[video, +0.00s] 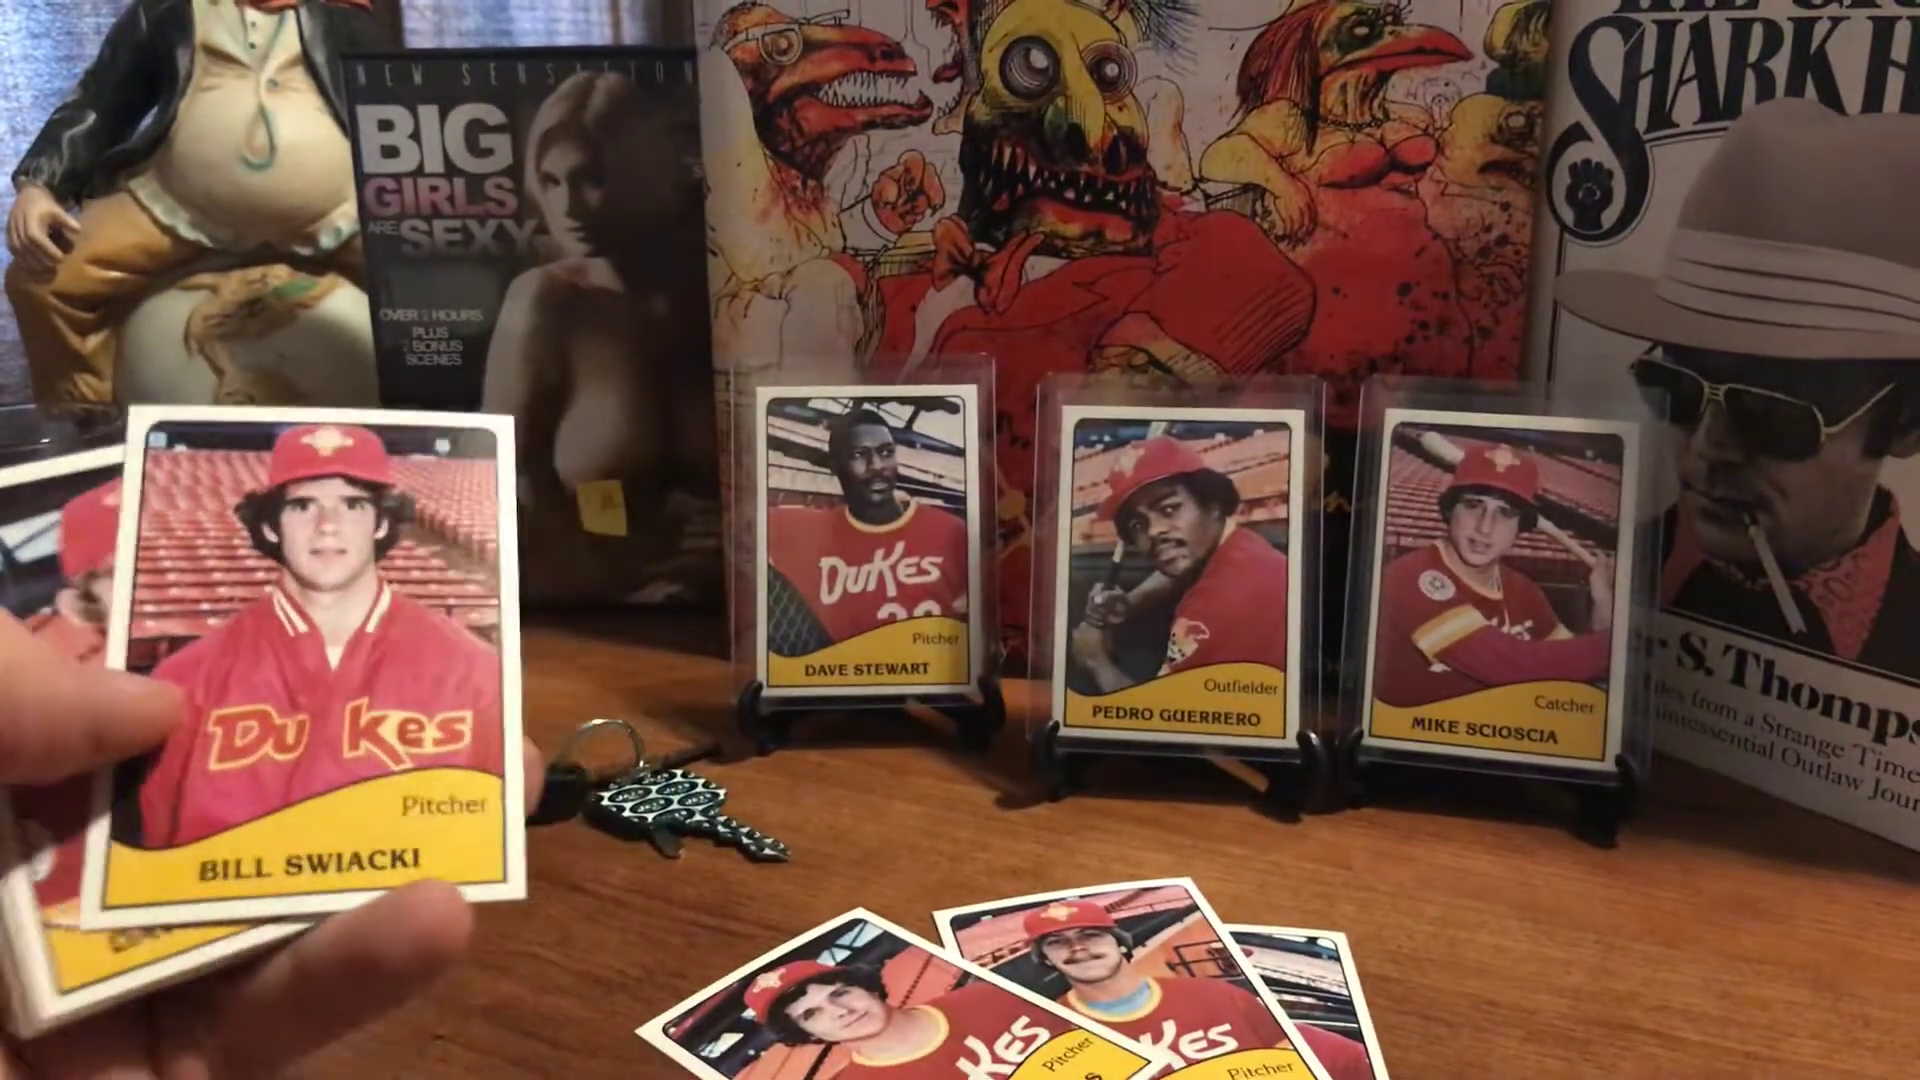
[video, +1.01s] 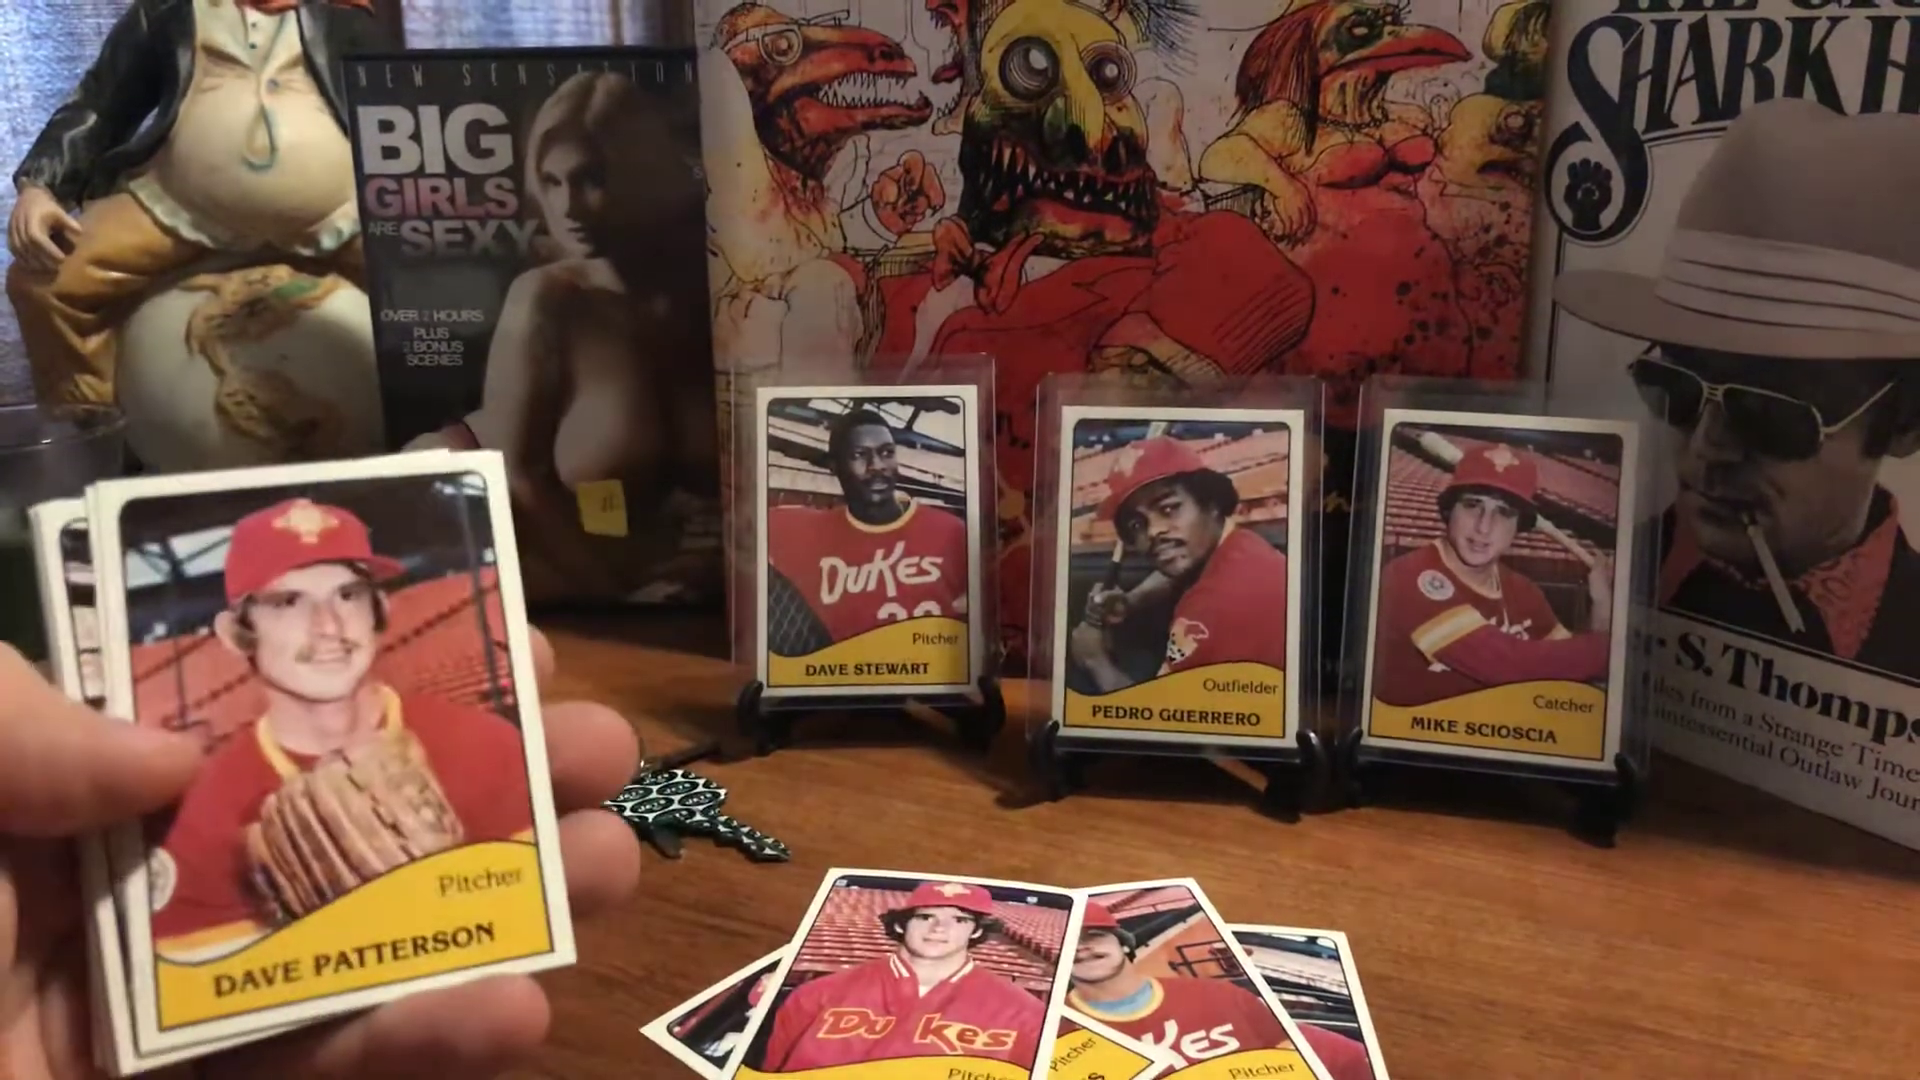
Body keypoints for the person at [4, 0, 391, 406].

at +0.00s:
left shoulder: (349, 20)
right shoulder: (165, 13)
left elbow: (401, 109)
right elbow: (98, 104)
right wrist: (35, 183)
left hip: (338, 214)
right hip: (179, 208)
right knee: (43, 283)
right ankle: (92, 441)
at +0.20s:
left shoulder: (348, 19)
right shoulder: (163, 11)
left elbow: (398, 109)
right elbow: (97, 103)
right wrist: (35, 183)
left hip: (337, 212)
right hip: (178, 207)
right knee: (43, 281)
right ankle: (102, 441)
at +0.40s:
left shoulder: (345, 17)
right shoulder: (163, 12)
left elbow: (397, 101)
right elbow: (98, 101)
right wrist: (35, 181)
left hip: (337, 210)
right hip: (177, 204)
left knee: (442, 294)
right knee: (42, 280)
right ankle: (101, 446)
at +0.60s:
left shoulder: (349, 19)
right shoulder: (165, 11)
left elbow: (400, 109)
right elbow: (98, 102)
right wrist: (35, 182)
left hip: (338, 212)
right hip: (178, 206)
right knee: (42, 280)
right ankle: (101, 439)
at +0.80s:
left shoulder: (350, 21)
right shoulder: (166, 12)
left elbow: (402, 109)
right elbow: (99, 102)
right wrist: (37, 183)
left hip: (339, 211)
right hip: (180, 207)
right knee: (43, 281)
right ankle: (105, 439)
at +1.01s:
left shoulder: (351, 19)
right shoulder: (167, 11)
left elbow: (404, 112)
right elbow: (99, 103)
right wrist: (37, 184)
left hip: (340, 213)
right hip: (180, 208)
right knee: (45, 284)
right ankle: (100, 449)